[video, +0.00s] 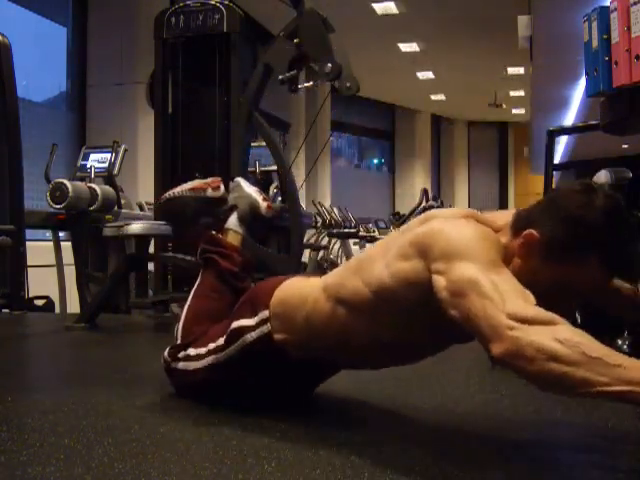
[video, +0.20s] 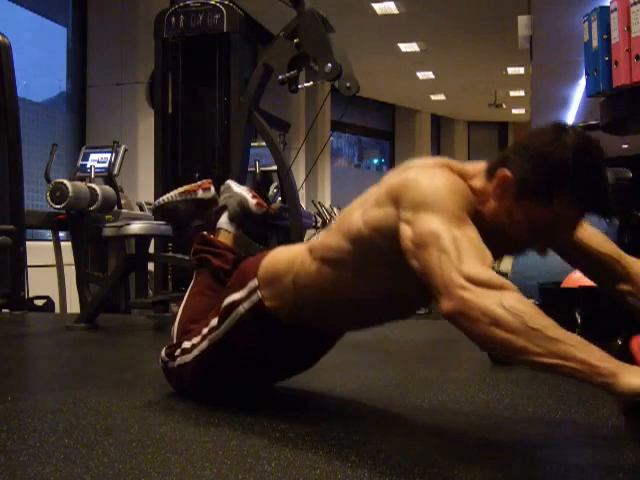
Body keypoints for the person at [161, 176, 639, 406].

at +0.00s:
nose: (554, 296)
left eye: (570, 289)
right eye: (558, 285)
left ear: (531, 240)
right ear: (528, 245)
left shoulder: (513, 238)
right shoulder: (458, 242)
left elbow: (605, 295)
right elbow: (519, 343)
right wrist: (638, 379)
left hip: (321, 336)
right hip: (274, 328)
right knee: (182, 364)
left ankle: (240, 236)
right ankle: (223, 237)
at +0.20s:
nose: (539, 246)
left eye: (553, 233)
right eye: (538, 230)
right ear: (503, 189)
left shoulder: (515, 195)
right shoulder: (430, 191)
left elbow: (620, 271)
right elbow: (474, 300)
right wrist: (617, 372)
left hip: (319, 318)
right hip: (269, 305)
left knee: (233, 372)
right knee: (184, 370)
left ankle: (241, 261)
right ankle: (208, 252)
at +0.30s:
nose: (520, 205)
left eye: (530, 195)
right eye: (517, 190)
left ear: (541, 178)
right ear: (480, 154)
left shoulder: (503, 176)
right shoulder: (409, 160)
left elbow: (590, 251)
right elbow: (428, 277)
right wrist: (558, 366)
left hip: (314, 306)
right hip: (259, 290)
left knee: (233, 375)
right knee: (182, 371)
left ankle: (234, 248)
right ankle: (208, 246)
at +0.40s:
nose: (497, 181)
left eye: (509, 168)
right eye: (491, 163)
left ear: (521, 145)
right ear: (450, 126)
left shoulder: (484, 148)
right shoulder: (381, 133)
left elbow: (552, 230)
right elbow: (392, 252)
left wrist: (601, 295)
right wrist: (498, 355)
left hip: (308, 293)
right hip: (248, 281)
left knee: (233, 374)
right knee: (181, 371)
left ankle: (226, 246)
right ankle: (197, 252)